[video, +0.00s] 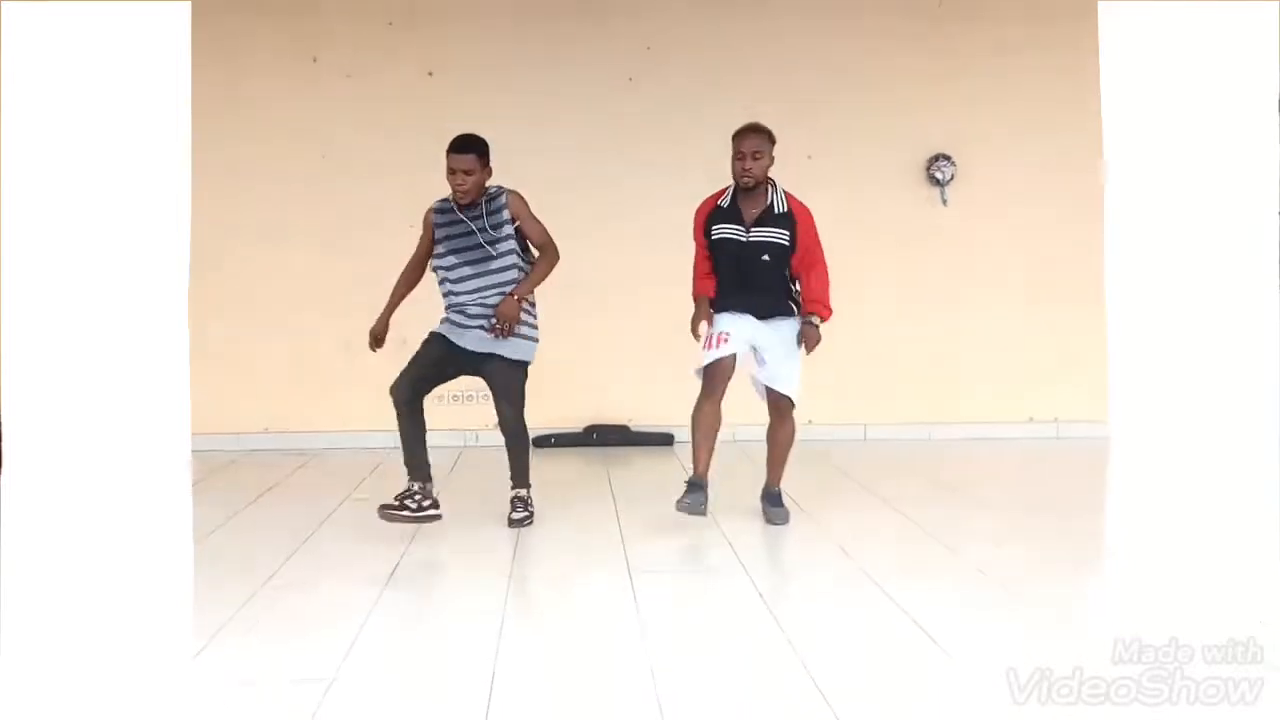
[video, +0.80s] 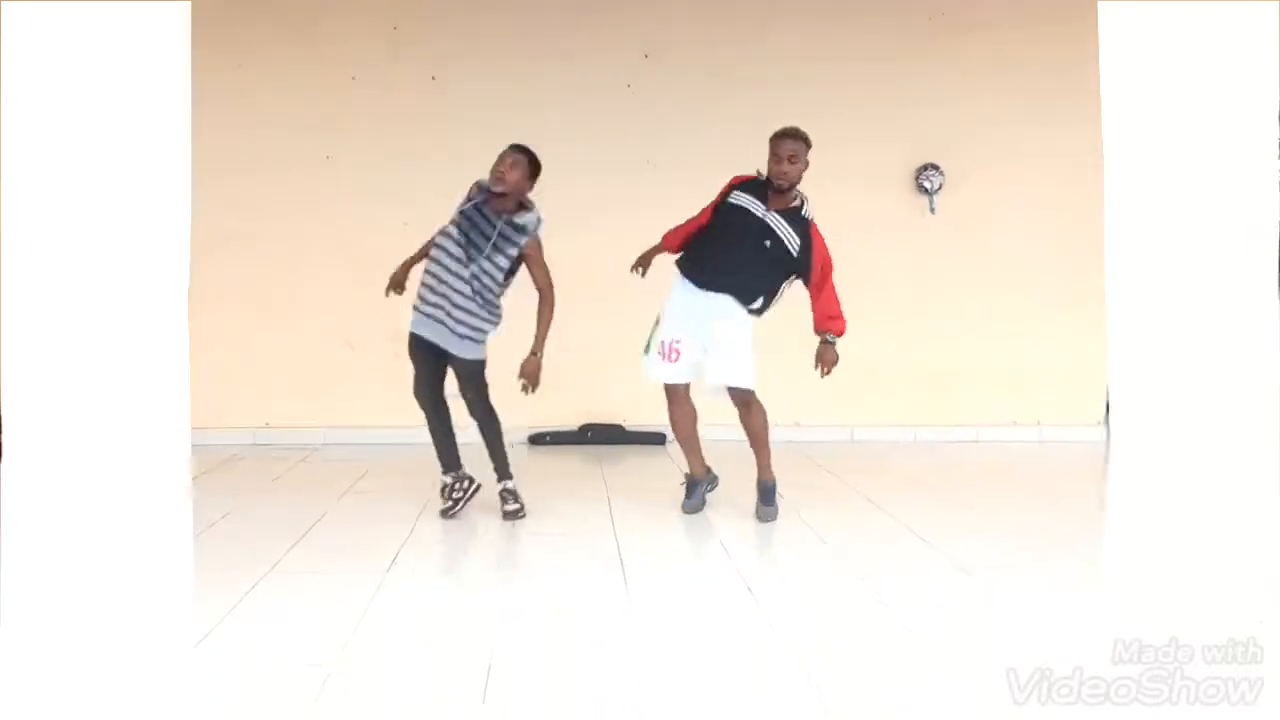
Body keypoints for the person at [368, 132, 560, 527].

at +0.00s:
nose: (458, 181)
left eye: (467, 173)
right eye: (452, 173)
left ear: (486, 171)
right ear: (446, 171)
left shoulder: (508, 203)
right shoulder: (436, 216)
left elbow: (550, 253)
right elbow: (415, 267)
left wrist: (516, 297)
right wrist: (385, 316)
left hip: (508, 333)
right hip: (457, 329)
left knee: (510, 417)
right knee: (404, 392)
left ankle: (520, 493)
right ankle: (421, 492)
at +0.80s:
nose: (501, 168)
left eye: (513, 166)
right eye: (500, 162)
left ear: (529, 183)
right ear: (494, 170)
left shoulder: (524, 231)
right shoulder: (476, 195)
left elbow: (546, 293)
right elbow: (446, 235)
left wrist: (536, 353)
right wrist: (406, 266)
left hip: (467, 330)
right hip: (428, 316)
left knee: (478, 403)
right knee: (427, 396)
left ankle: (505, 484)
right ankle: (455, 478)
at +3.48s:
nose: (490, 319)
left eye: (498, 312)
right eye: (484, 311)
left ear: (514, 309)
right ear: (476, 306)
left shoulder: (530, 332)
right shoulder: (467, 328)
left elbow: (548, 391)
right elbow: (447, 372)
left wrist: (511, 436)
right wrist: (424, 419)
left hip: (528, 419)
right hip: (487, 414)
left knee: (557, 464)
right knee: (442, 432)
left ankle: (532, 499)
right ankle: (450, 487)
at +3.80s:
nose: (490, 306)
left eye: (499, 299)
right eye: (485, 298)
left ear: (515, 298)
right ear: (479, 294)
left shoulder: (531, 318)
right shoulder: (463, 324)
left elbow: (578, 335)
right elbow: (424, 351)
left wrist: (534, 333)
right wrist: (387, 386)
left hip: (526, 429)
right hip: (476, 425)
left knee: (566, 469)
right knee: (418, 450)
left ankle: (533, 500)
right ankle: (450, 500)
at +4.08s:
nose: (477, 244)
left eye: (487, 238)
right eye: (471, 236)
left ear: (504, 235)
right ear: (465, 231)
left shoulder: (508, 275)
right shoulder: (470, 259)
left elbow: (485, 337)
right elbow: (525, 287)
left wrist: (457, 385)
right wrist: (522, 294)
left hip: (515, 367)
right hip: (475, 366)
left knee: (548, 443)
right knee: (457, 443)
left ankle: (527, 503)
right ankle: (435, 531)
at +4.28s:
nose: (488, 261)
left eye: (496, 254)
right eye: (481, 252)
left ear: (511, 249)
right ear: (474, 246)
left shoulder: (520, 281)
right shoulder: (479, 255)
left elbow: (518, 346)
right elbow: (468, 232)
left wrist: (474, 390)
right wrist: (439, 205)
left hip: (515, 378)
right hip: (472, 375)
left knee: (534, 439)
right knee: (437, 430)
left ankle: (530, 505)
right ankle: (436, 522)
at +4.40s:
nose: (497, 301)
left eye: (505, 295)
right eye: (491, 293)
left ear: (521, 290)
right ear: (483, 287)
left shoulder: (537, 312)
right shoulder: (472, 295)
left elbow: (561, 367)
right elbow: (440, 311)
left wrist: (511, 394)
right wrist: (411, 330)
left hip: (526, 400)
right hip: (480, 393)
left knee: (550, 460)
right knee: (426, 413)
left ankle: (531, 501)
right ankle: (471, 478)